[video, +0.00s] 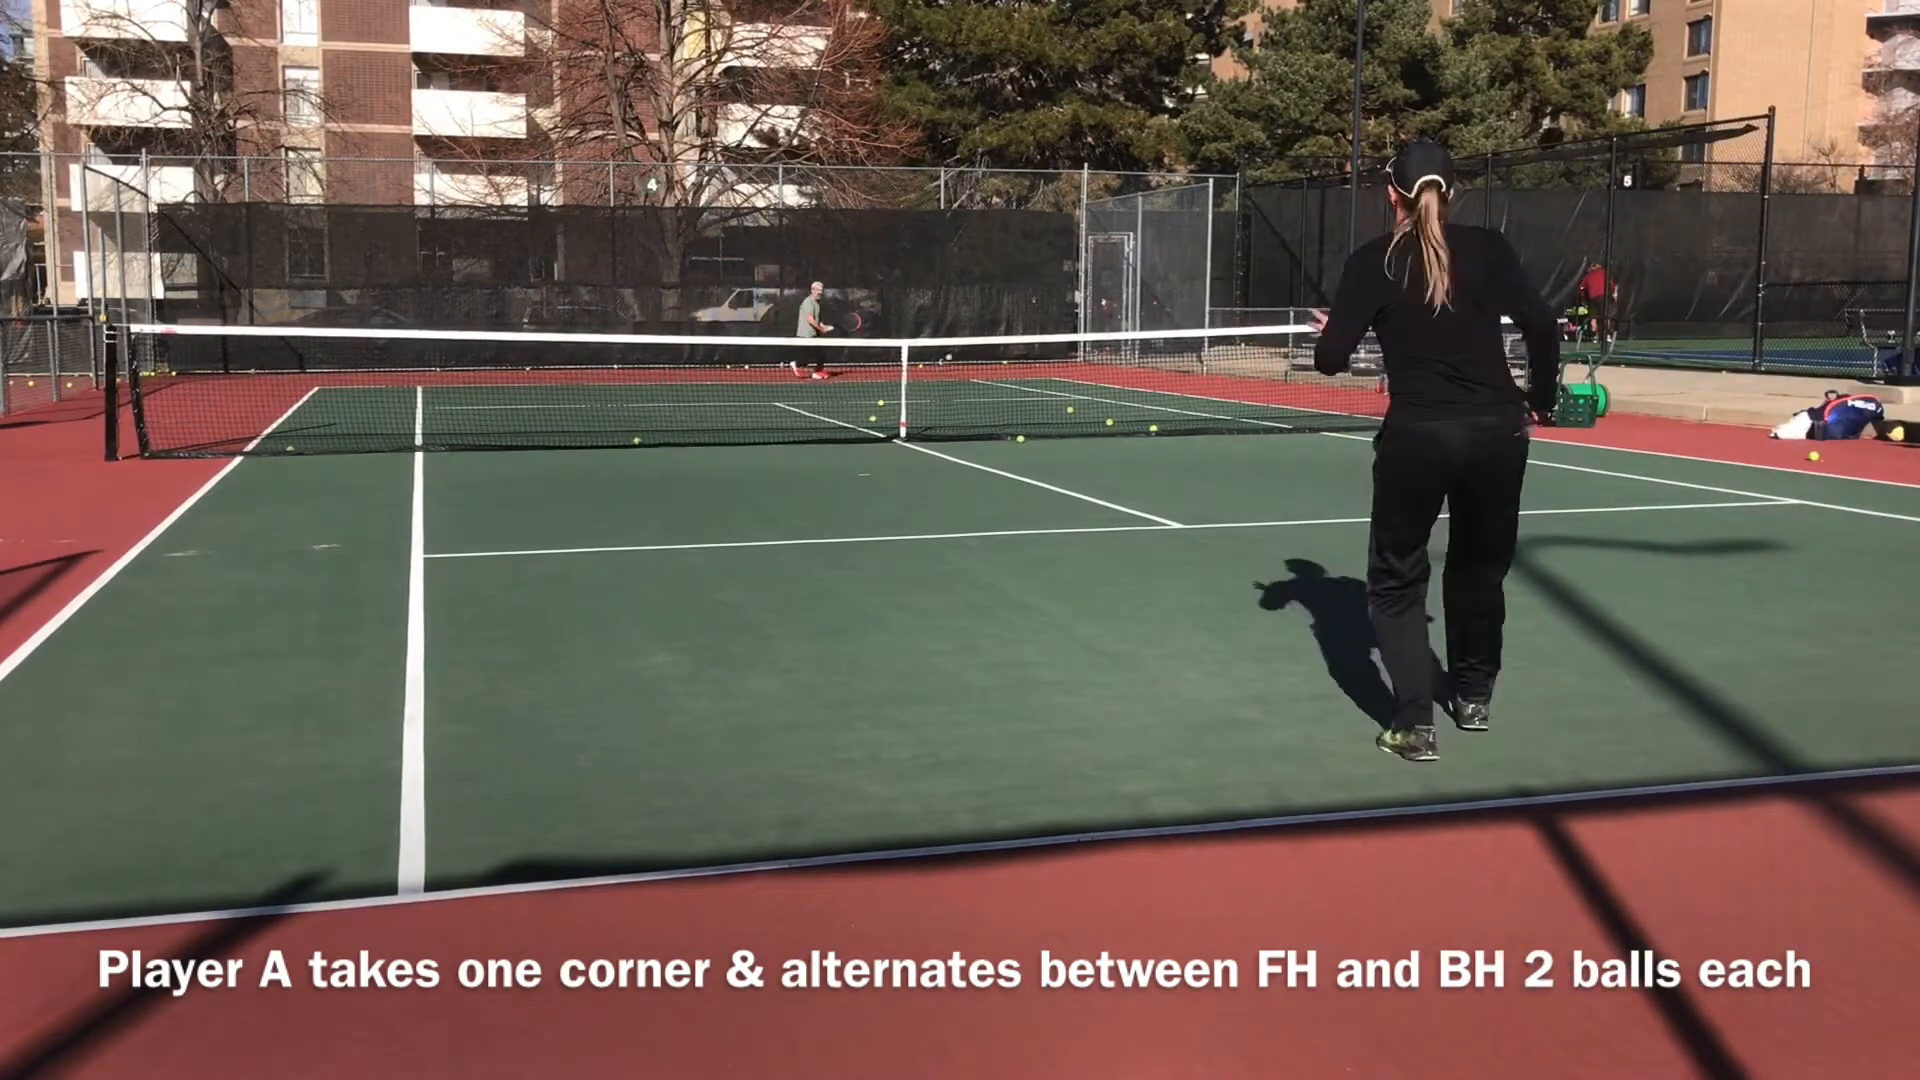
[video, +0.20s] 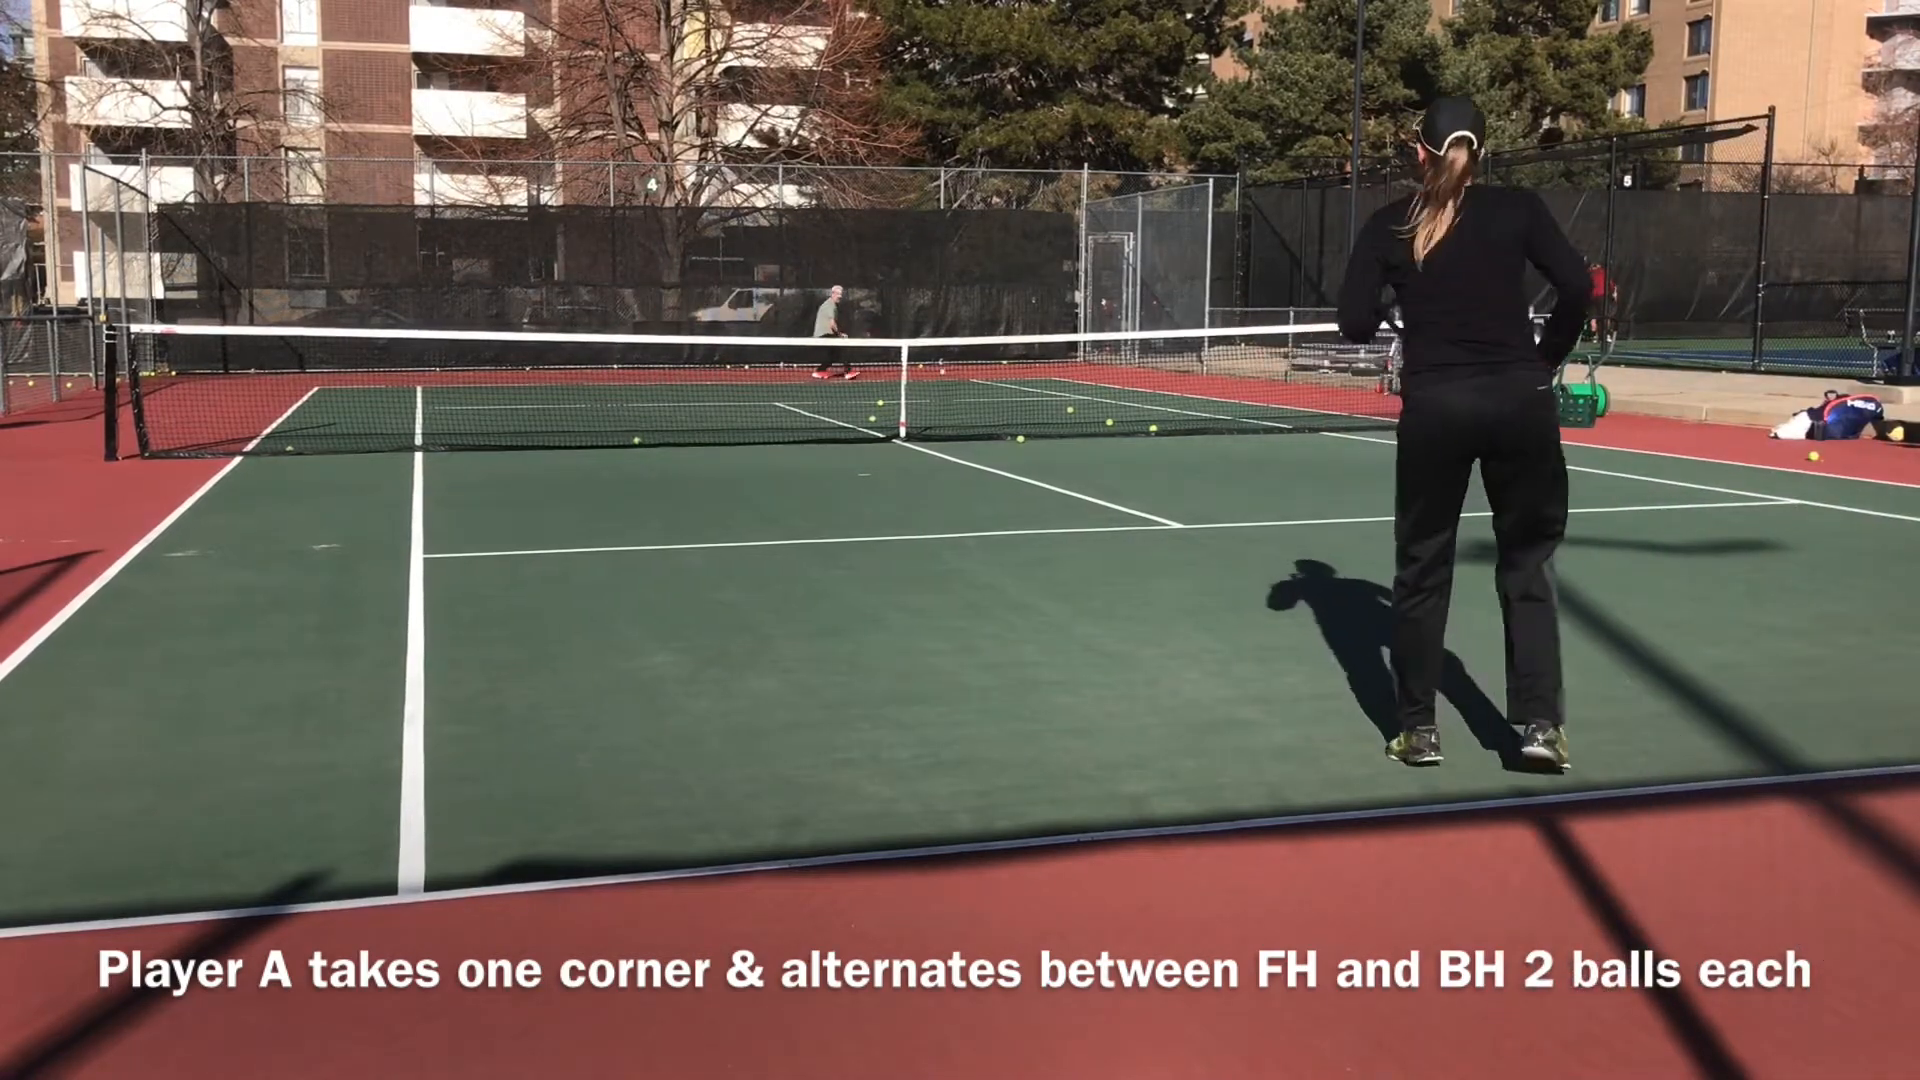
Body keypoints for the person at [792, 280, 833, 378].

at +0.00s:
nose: (819, 292)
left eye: (821, 290)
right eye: (817, 290)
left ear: (821, 291)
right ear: (812, 290)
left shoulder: (816, 304)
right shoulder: (808, 303)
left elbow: (816, 319)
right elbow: (810, 319)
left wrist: (823, 327)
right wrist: (820, 328)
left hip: (812, 334)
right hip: (805, 335)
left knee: (820, 353)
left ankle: (819, 370)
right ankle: (797, 364)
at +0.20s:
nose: (839, 296)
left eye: (840, 294)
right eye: (837, 293)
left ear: (841, 295)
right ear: (832, 294)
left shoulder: (827, 304)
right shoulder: (831, 305)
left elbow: (829, 322)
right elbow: (832, 322)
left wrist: (836, 332)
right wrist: (838, 333)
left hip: (821, 334)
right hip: (825, 334)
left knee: (833, 354)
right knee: (844, 347)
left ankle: (820, 370)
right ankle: (848, 370)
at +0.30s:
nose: (850, 298)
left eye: (850, 296)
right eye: (848, 295)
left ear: (849, 296)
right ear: (842, 295)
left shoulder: (836, 306)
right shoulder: (840, 306)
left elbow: (837, 322)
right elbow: (841, 324)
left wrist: (843, 330)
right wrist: (847, 331)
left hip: (829, 334)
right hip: (834, 334)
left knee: (836, 355)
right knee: (851, 349)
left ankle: (821, 370)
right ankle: (863, 368)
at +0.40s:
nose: (862, 300)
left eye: (862, 298)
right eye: (859, 298)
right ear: (854, 298)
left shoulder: (847, 308)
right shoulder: (852, 309)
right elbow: (855, 328)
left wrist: (853, 331)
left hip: (840, 337)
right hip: (846, 337)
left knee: (840, 358)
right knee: (862, 352)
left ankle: (822, 368)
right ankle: (871, 371)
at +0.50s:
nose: (875, 304)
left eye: (875, 302)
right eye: (873, 302)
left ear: (866, 302)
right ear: (866, 302)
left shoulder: (857, 310)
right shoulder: (866, 314)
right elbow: (869, 332)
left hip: (849, 339)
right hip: (857, 339)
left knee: (849, 361)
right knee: (874, 353)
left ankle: (829, 367)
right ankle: (875, 374)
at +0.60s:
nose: (885, 307)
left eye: (885, 304)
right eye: (883, 304)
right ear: (875, 304)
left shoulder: (877, 316)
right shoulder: (868, 315)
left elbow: (882, 331)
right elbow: (876, 333)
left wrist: (881, 334)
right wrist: (883, 333)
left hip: (865, 340)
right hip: (857, 340)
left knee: (856, 364)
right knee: (876, 351)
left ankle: (836, 368)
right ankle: (876, 374)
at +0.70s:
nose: (892, 307)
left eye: (892, 305)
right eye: (890, 304)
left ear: (887, 305)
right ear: (883, 304)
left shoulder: (887, 316)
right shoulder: (875, 311)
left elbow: (893, 328)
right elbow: (877, 326)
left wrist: (898, 330)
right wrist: (890, 328)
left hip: (869, 338)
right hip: (862, 337)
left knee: (860, 364)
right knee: (877, 351)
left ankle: (837, 368)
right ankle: (876, 374)